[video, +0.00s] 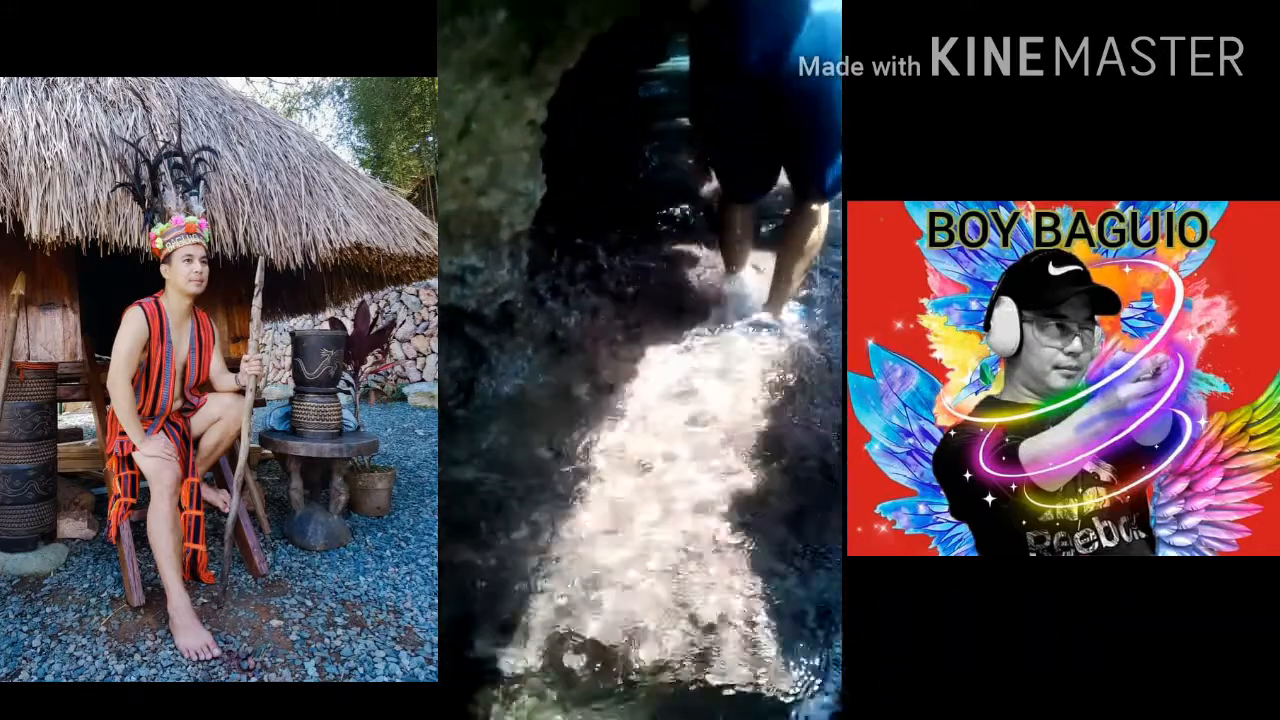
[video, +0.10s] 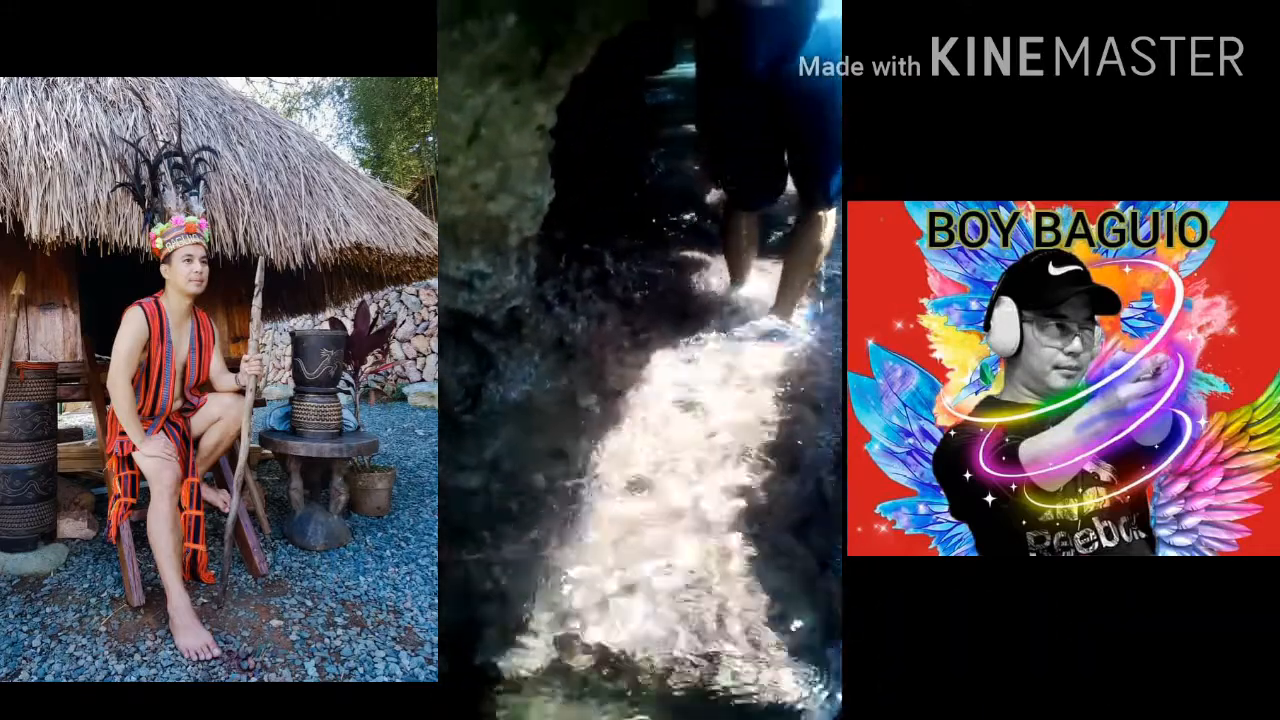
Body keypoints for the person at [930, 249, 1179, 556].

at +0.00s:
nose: (1076, 346)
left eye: (1086, 328)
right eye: (1055, 327)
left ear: (1097, 334)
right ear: (1007, 327)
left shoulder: (1113, 407)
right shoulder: (962, 445)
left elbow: (1155, 435)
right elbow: (1021, 471)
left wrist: (1148, 395)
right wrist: (1105, 413)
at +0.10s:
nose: (1076, 346)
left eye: (1086, 328)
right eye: (1055, 327)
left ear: (1096, 334)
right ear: (1007, 327)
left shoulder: (1114, 408)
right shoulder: (962, 445)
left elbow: (1155, 435)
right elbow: (1023, 471)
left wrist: (1149, 396)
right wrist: (1107, 411)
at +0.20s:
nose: (1076, 346)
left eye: (1086, 328)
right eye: (1055, 326)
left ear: (1097, 335)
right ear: (1007, 328)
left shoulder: (1113, 408)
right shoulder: (962, 446)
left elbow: (1156, 436)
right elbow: (1022, 471)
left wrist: (1147, 395)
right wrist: (1105, 413)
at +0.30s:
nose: (1076, 346)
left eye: (1086, 328)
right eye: (1055, 327)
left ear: (1097, 334)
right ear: (1007, 328)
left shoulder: (1113, 409)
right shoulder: (962, 445)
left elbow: (1155, 435)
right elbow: (1023, 472)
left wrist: (1149, 396)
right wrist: (1106, 412)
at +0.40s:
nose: (1076, 346)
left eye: (1086, 328)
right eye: (1055, 327)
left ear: (1097, 334)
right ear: (1007, 328)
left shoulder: (1114, 408)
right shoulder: (962, 446)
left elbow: (1155, 435)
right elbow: (1022, 472)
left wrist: (1149, 396)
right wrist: (1106, 412)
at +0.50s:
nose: (1076, 346)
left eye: (1086, 328)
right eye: (1055, 327)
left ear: (1097, 334)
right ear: (1007, 328)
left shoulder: (1114, 408)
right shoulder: (962, 446)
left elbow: (1155, 435)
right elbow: (1022, 472)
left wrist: (1149, 396)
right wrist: (1106, 412)